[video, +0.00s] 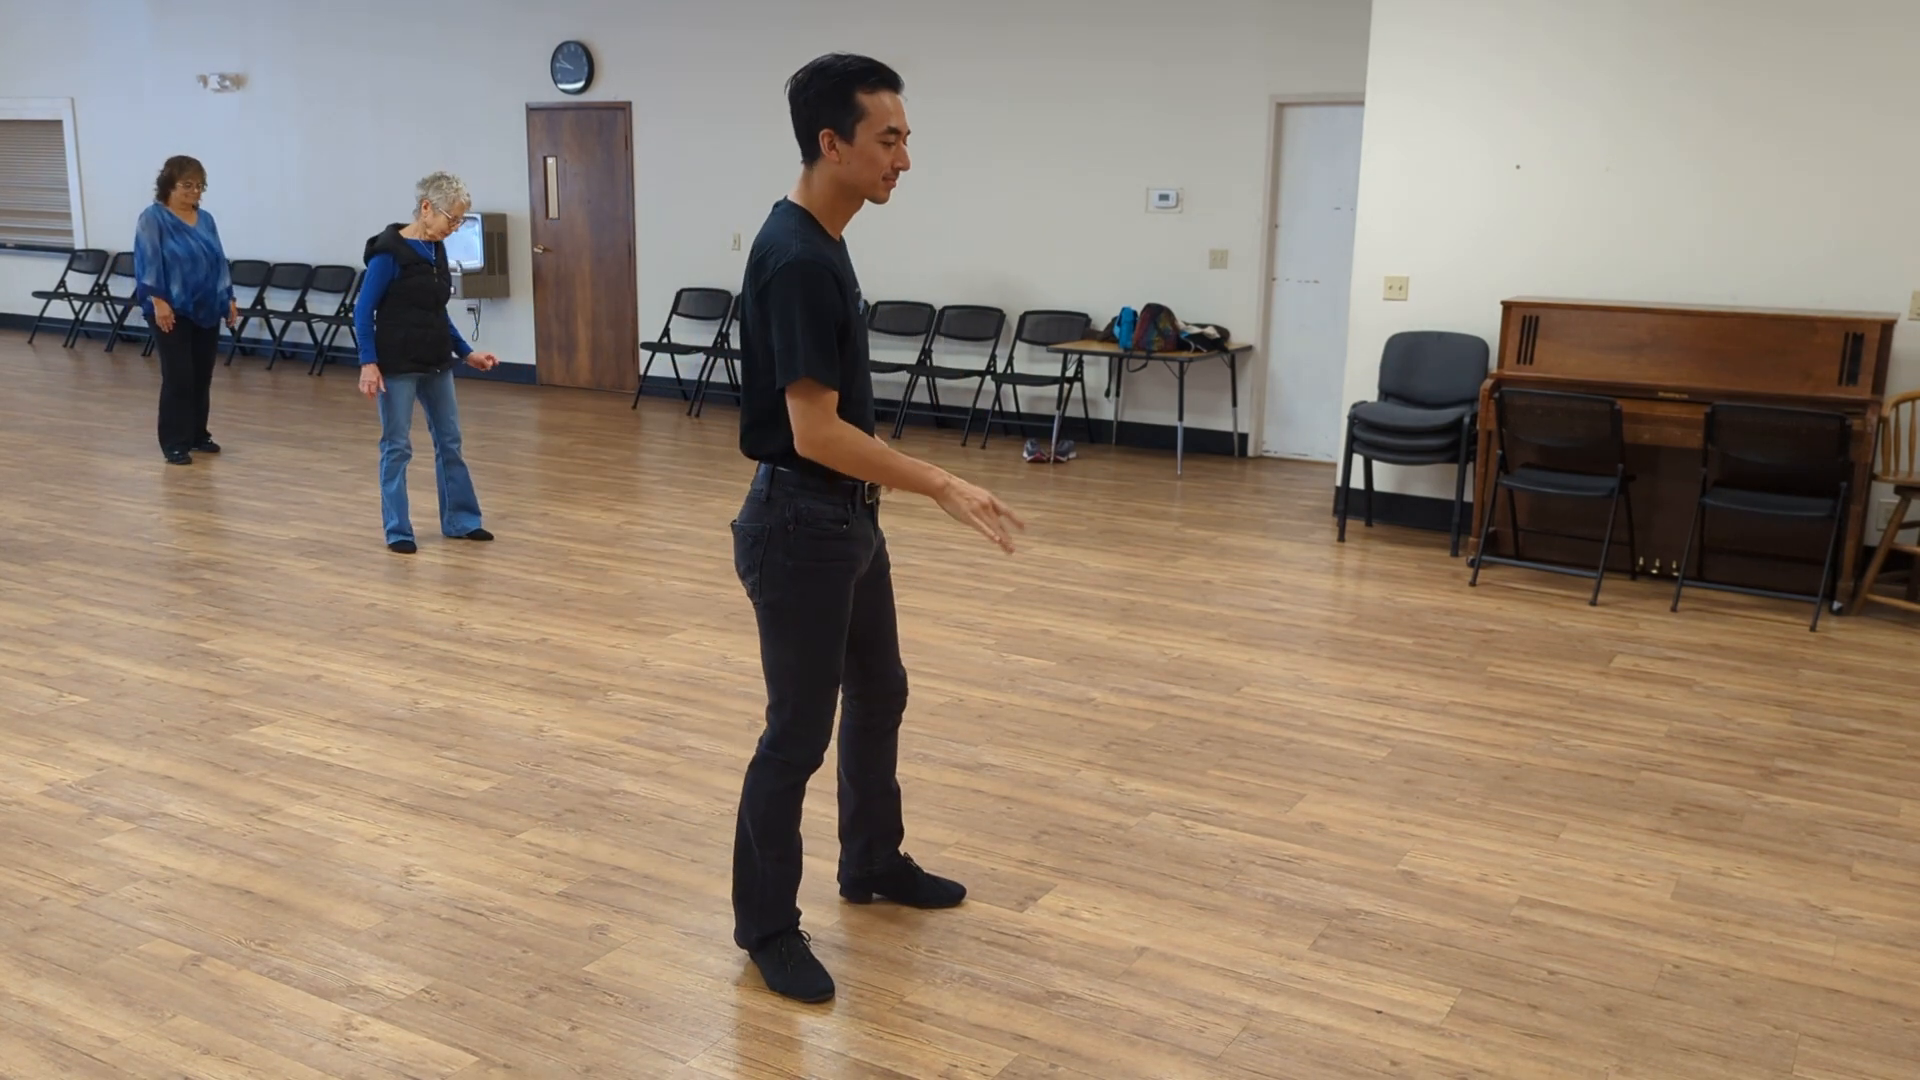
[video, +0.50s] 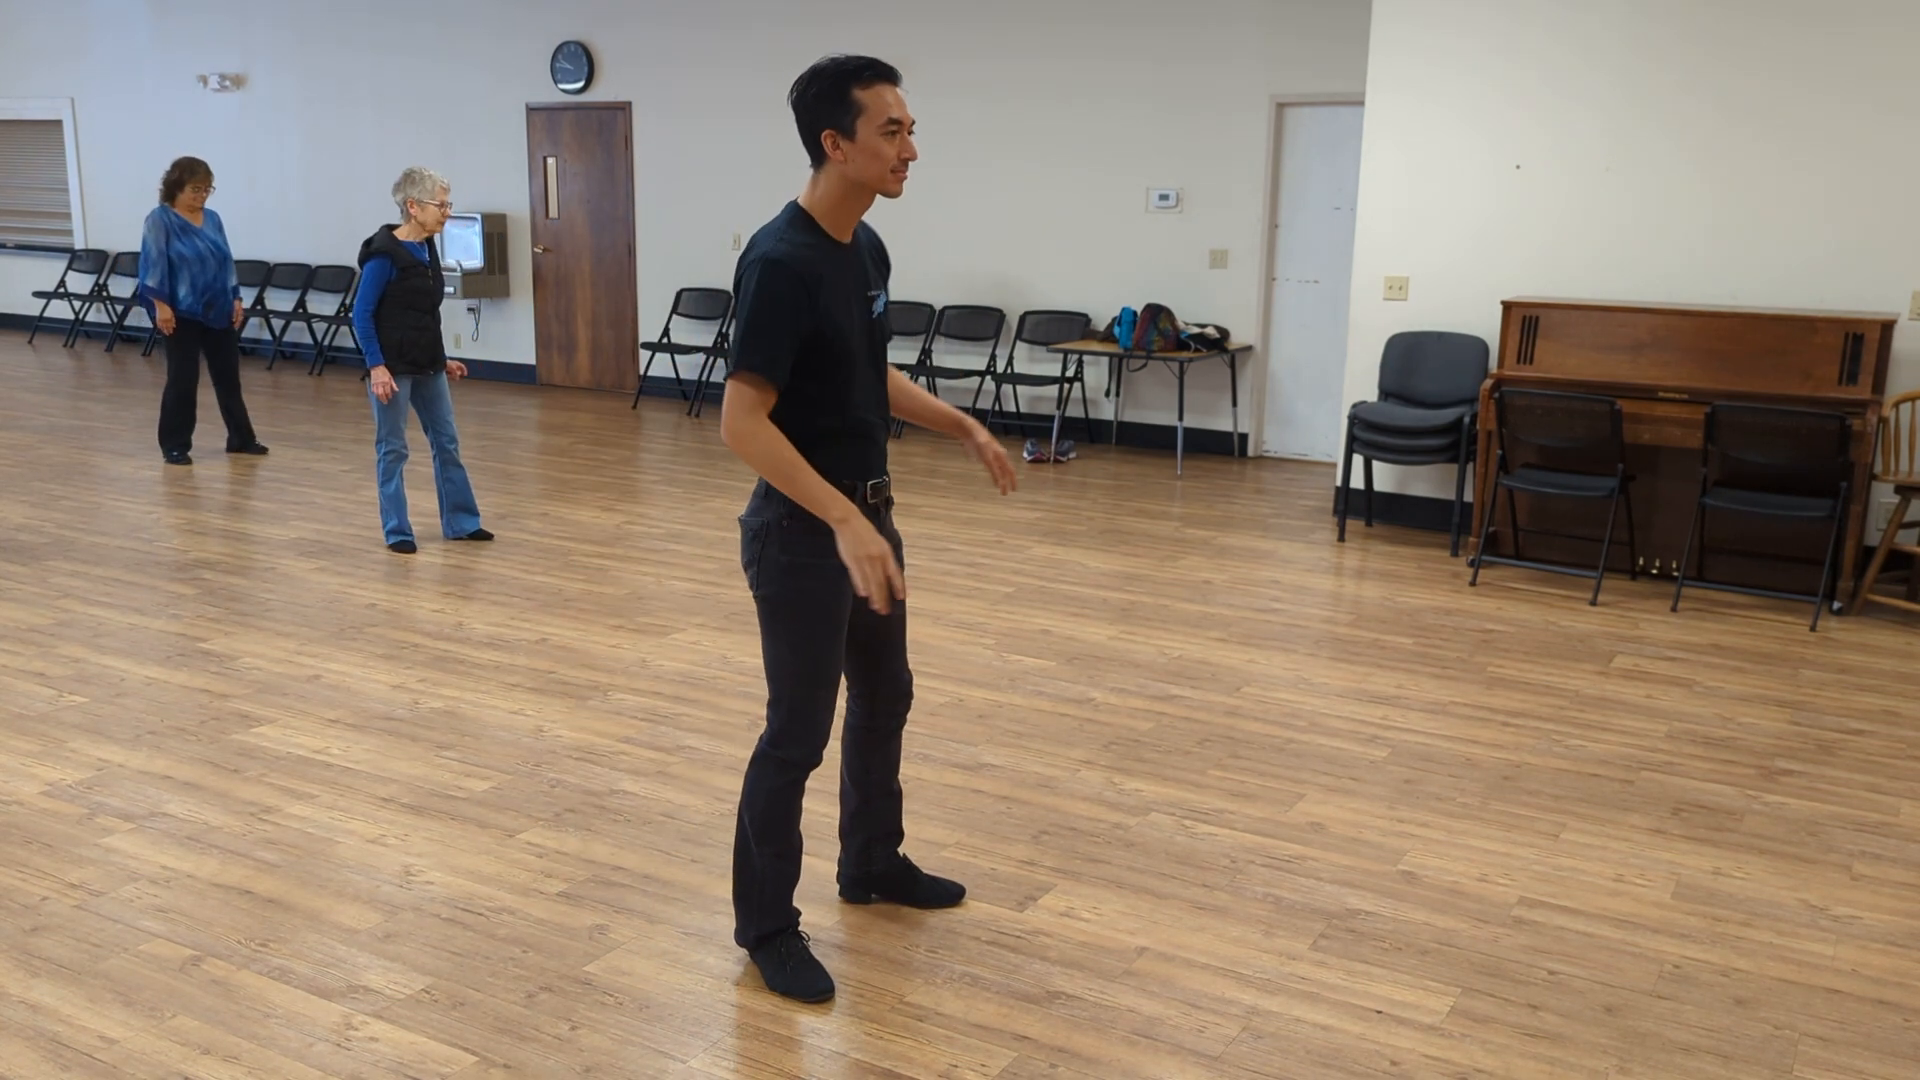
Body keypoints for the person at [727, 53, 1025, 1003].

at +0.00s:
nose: (903, 155)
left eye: (904, 137)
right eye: (888, 137)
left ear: (839, 146)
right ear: (828, 142)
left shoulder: (818, 243)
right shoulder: (797, 258)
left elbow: (817, 410)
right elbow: (812, 427)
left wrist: (865, 485)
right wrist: (944, 484)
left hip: (846, 517)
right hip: (798, 525)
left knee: (877, 695)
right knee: (795, 733)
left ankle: (871, 863)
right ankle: (767, 926)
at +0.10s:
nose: (902, 154)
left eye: (901, 135)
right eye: (886, 137)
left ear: (844, 146)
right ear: (826, 143)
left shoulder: (823, 250)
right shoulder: (794, 264)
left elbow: (826, 414)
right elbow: (805, 438)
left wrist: (895, 466)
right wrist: (940, 491)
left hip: (843, 517)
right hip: (794, 527)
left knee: (866, 704)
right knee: (793, 733)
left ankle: (869, 866)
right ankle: (767, 929)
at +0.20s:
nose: (903, 153)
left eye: (902, 135)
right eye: (886, 135)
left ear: (841, 149)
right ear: (826, 145)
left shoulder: (829, 251)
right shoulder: (792, 266)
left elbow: (836, 404)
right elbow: (793, 441)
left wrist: (897, 459)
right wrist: (919, 507)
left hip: (846, 521)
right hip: (795, 531)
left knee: (869, 702)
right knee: (796, 734)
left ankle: (868, 865)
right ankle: (767, 927)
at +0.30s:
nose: (906, 152)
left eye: (904, 135)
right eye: (889, 136)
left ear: (849, 147)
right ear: (830, 145)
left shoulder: (836, 252)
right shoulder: (788, 267)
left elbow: (835, 398)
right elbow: (776, 438)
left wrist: (913, 448)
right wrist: (894, 520)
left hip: (848, 524)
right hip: (794, 532)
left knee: (873, 702)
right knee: (797, 736)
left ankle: (868, 864)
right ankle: (767, 929)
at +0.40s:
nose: (908, 151)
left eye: (906, 134)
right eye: (890, 134)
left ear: (860, 148)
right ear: (831, 145)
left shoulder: (852, 252)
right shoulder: (782, 264)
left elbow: (852, 387)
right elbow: (756, 433)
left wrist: (942, 441)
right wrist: (869, 521)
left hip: (852, 527)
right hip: (792, 534)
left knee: (878, 702)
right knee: (796, 735)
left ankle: (870, 865)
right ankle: (767, 929)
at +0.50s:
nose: (911, 145)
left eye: (909, 129)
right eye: (893, 130)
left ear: (868, 147)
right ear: (834, 142)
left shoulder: (865, 247)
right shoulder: (779, 259)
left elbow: (870, 377)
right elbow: (740, 422)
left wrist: (965, 426)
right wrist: (844, 517)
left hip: (867, 515)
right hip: (795, 524)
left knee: (883, 697)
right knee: (796, 730)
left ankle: (871, 861)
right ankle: (766, 926)